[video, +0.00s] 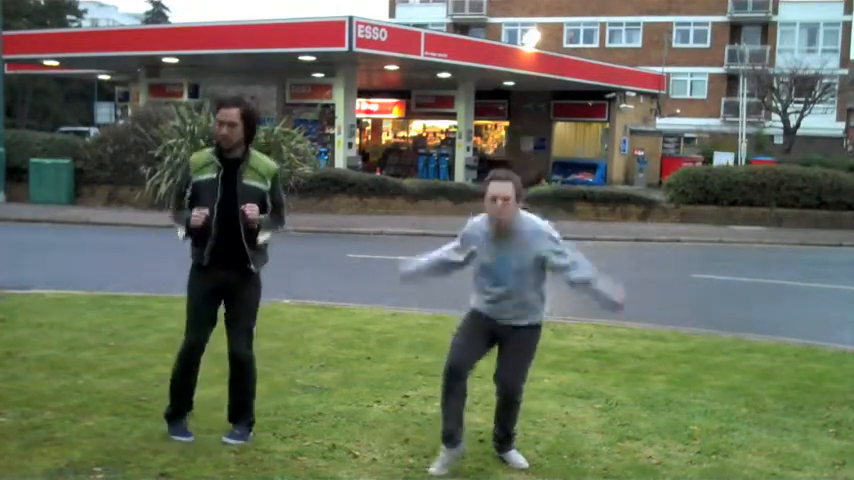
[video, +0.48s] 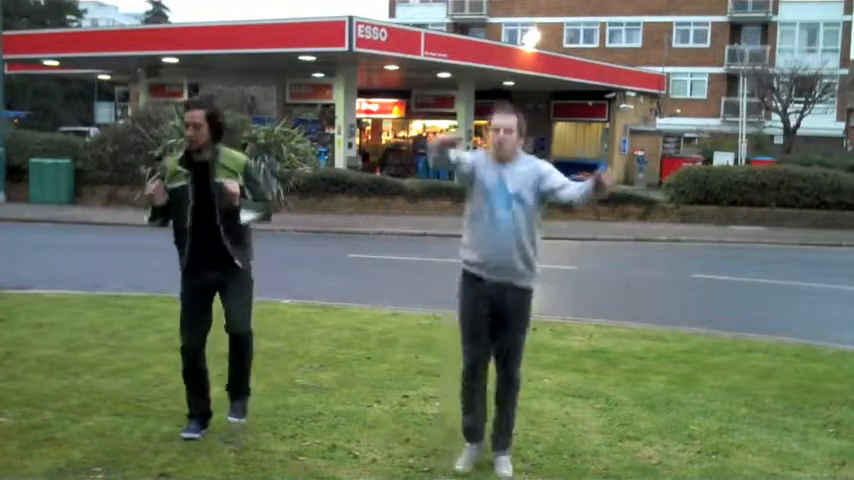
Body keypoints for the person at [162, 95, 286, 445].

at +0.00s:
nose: (223, 131)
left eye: (231, 126)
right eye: (219, 124)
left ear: (247, 130)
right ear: (214, 126)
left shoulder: (267, 171)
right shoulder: (197, 164)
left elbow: (278, 219)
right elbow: (178, 212)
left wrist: (260, 220)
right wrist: (189, 219)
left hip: (244, 273)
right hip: (204, 271)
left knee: (241, 350)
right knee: (193, 343)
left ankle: (242, 424)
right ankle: (177, 417)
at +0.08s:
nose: (218, 130)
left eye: (226, 124)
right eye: (215, 123)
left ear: (243, 128)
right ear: (211, 125)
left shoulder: (264, 167)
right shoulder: (196, 162)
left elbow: (275, 212)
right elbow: (182, 206)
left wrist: (257, 216)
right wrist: (188, 210)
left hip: (242, 269)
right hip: (203, 267)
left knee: (243, 349)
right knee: (193, 343)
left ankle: (242, 422)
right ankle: (183, 418)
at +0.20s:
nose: (209, 122)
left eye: (216, 116)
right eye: (205, 116)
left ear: (232, 119)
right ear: (200, 118)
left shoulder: (254, 151)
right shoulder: (188, 151)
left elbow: (278, 193)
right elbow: (171, 201)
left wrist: (258, 190)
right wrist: (172, 188)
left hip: (237, 262)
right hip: (198, 260)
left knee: (241, 345)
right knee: (192, 340)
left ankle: (242, 420)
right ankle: (195, 415)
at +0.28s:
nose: (203, 123)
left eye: (209, 118)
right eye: (200, 117)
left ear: (227, 121)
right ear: (197, 119)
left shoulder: (250, 152)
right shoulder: (183, 152)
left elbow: (280, 188)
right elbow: (162, 201)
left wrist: (256, 189)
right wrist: (164, 189)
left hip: (235, 264)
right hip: (196, 263)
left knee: (239, 345)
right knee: (195, 344)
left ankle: (242, 420)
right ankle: (197, 416)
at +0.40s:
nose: (192, 132)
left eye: (199, 126)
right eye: (189, 125)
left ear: (218, 128)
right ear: (186, 127)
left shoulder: (244, 165)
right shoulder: (175, 165)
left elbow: (270, 207)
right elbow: (162, 217)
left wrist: (245, 199)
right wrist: (159, 203)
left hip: (234, 268)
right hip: (193, 269)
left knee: (239, 338)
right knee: (189, 347)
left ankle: (240, 414)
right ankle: (198, 417)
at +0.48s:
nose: (189, 133)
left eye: (196, 127)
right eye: (186, 126)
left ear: (213, 128)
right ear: (183, 129)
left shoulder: (238, 163)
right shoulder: (174, 165)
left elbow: (264, 207)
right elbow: (164, 217)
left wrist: (242, 199)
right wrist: (160, 203)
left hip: (234, 264)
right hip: (195, 266)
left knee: (240, 330)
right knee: (190, 344)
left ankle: (238, 398)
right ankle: (198, 415)